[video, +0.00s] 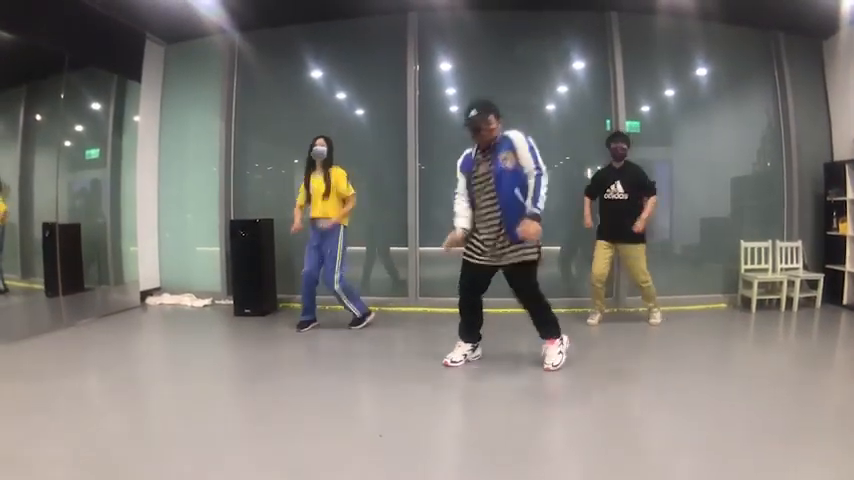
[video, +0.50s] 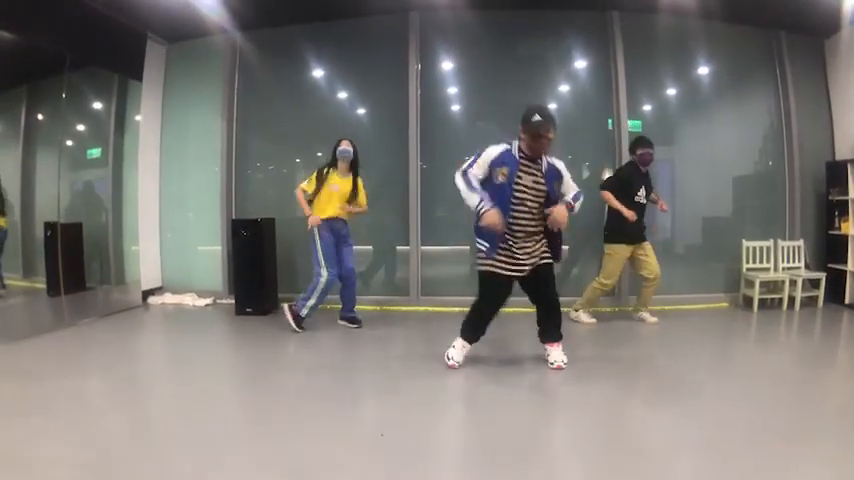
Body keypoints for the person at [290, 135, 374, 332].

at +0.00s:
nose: (318, 149)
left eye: (323, 146)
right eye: (315, 145)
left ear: (329, 151)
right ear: (311, 151)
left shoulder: (337, 173)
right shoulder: (309, 177)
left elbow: (351, 200)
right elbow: (300, 204)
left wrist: (336, 220)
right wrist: (298, 221)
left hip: (334, 226)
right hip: (316, 226)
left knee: (332, 277)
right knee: (309, 273)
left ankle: (362, 312)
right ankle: (308, 317)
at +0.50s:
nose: (345, 149)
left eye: (349, 146)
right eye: (341, 146)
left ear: (354, 154)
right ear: (335, 152)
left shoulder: (356, 180)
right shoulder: (324, 173)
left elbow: (363, 207)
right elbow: (300, 191)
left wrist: (350, 209)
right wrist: (309, 214)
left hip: (341, 224)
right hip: (322, 223)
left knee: (348, 271)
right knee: (328, 273)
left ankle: (348, 313)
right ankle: (299, 311)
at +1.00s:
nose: (318, 147)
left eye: (323, 144)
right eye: (315, 144)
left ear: (330, 152)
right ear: (311, 151)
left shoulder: (334, 171)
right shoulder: (309, 177)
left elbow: (350, 195)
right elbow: (300, 202)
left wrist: (326, 213)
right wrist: (301, 217)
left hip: (334, 224)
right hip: (315, 225)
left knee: (335, 273)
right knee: (305, 269)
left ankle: (365, 309)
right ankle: (309, 314)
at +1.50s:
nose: (333, 144)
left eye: (337, 141)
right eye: (329, 141)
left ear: (342, 148)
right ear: (323, 147)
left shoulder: (349, 173)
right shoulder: (315, 171)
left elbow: (361, 202)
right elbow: (303, 198)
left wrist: (345, 224)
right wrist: (302, 226)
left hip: (343, 218)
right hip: (322, 219)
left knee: (349, 267)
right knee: (322, 270)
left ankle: (348, 311)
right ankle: (296, 311)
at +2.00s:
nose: (329, 137)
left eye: (333, 135)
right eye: (326, 135)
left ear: (339, 142)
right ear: (321, 142)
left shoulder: (345, 165)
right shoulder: (315, 168)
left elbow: (356, 195)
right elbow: (310, 195)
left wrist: (342, 223)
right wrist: (308, 222)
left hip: (339, 213)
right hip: (319, 213)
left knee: (344, 267)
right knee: (313, 266)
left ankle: (356, 310)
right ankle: (310, 311)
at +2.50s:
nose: (322, 136)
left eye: (326, 134)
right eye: (319, 134)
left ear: (333, 141)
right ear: (314, 141)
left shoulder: (342, 164)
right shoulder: (307, 166)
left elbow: (351, 189)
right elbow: (302, 194)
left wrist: (355, 211)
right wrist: (299, 218)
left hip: (336, 213)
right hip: (312, 212)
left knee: (342, 264)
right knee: (310, 265)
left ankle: (355, 310)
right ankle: (307, 311)